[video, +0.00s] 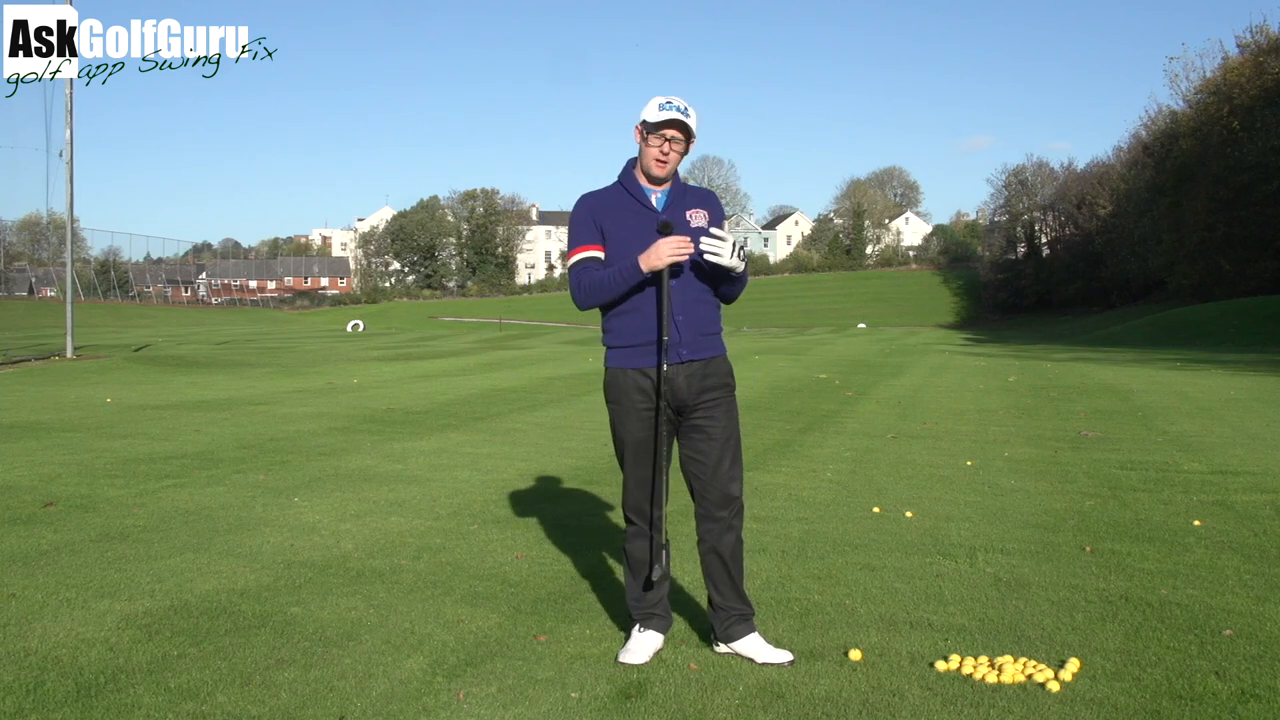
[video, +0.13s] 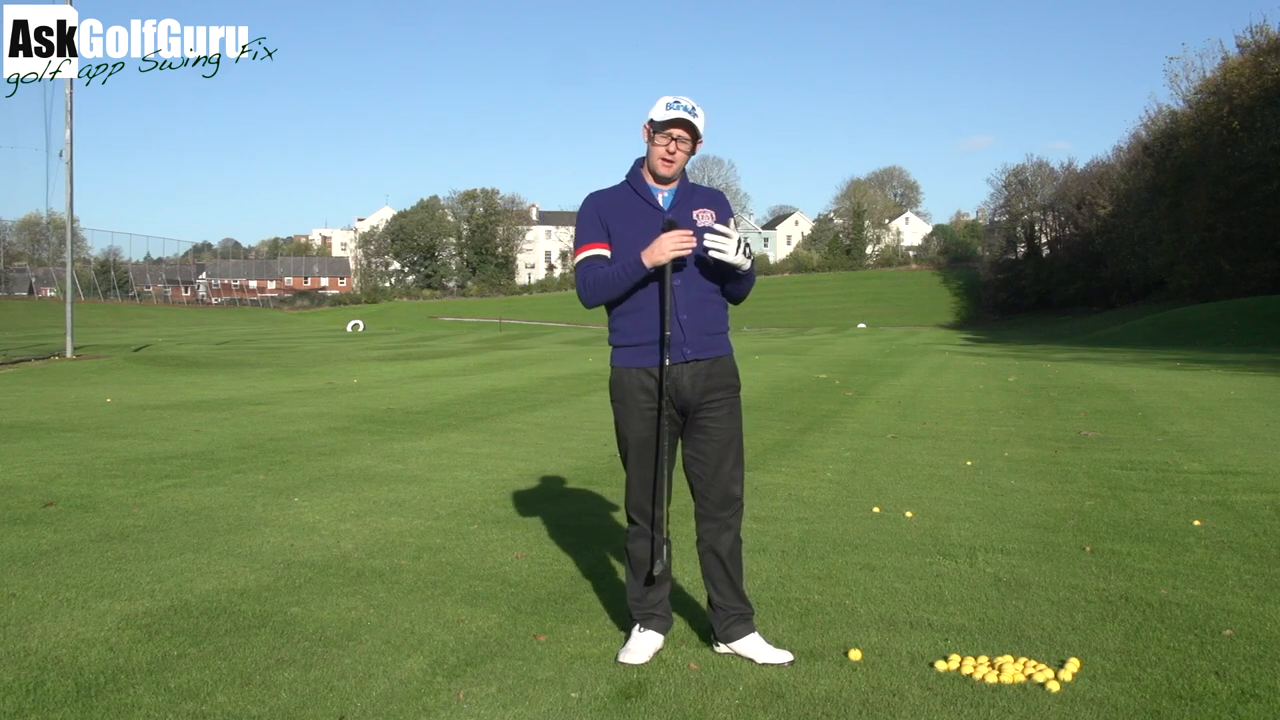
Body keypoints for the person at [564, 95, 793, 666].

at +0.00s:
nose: (666, 146)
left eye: (677, 140)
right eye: (658, 135)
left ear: (688, 148)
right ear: (639, 137)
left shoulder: (705, 205)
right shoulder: (595, 207)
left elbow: (728, 290)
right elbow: (585, 291)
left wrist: (730, 264)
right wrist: (643, 263)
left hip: (705, 369)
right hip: (633, 374)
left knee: (721, 501)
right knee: (642, 504)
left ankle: (732, 626)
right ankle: (649, 621)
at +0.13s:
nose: (672, 145)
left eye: (683, 138)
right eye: (664, 134)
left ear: (696, 147)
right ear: (647, 137)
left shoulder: (713, 205)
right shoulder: (601, 206)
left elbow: (737, 291)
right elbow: (591, 289)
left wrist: (737, 262)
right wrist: (647, 259)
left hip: (711, 370)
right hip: (638, 374)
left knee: (721, 503)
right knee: (645, 505)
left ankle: (733, 626)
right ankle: (649, 621)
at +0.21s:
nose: (678, 145)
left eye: (689, 138)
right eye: (670, 134)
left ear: (701, 146)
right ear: (653, 137)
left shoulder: (720, 205)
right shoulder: (607, 206)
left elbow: (743, 291)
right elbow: (595, 289)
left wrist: (738, 259)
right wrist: (649, 258)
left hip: (714, 370)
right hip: (642, 373)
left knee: (722, 504)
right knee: (647, 504)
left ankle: (732, 627)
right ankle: (649, 621)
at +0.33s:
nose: (684, 145)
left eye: (696, 137)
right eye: (677, 134)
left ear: (708, 146)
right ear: (660, 137)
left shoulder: (728, 204)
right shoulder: (615, 206)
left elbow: (751, 292)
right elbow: (602, 289)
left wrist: (748, 260)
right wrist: (651, 258)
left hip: (721, 370)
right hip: (648, 372)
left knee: (725, 505)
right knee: (651, 505)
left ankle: (732, 627)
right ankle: (650, 621)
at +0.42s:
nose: (690, 144)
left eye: (701, 136)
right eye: (682, 134)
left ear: (713, 145)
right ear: (665, 137)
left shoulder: (732, 204)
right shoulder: (620, 206)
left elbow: (756, 292)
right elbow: (606, 290)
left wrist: (757, 260)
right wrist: (648, 253)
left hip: (725, 370)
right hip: (652, 372)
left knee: (727, 505)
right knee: (653, 505)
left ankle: (732, 627)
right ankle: (650, 621)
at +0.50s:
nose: (695, 144)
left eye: (706, 137)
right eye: (687, 134)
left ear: (717, 146)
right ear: (670, 138)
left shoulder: (737, 204)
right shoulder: (625, 207)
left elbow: (761, 292)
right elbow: (609, 292)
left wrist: (763, 258)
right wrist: (646, 250)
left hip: (730, 371)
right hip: (656, 373)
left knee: (729, 506)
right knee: (656, 506)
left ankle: (733, 627)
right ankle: (650, 621)